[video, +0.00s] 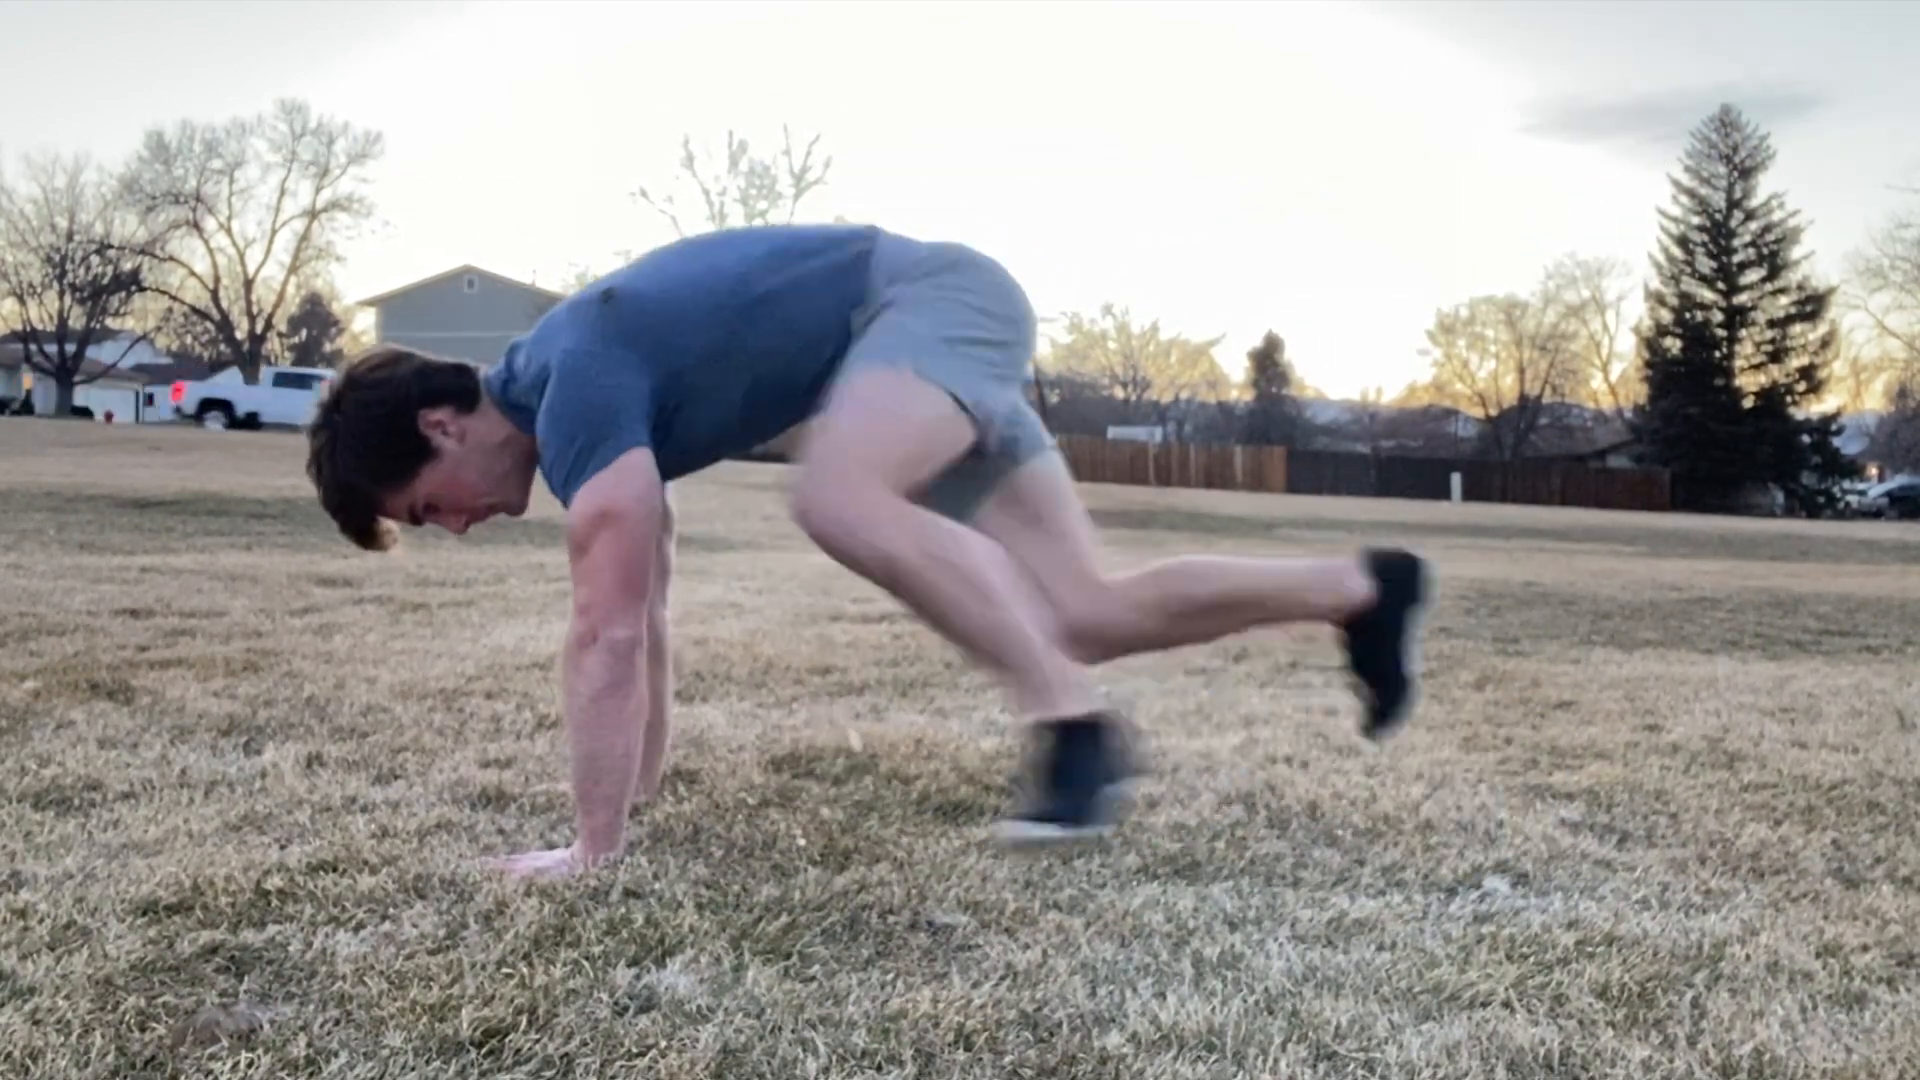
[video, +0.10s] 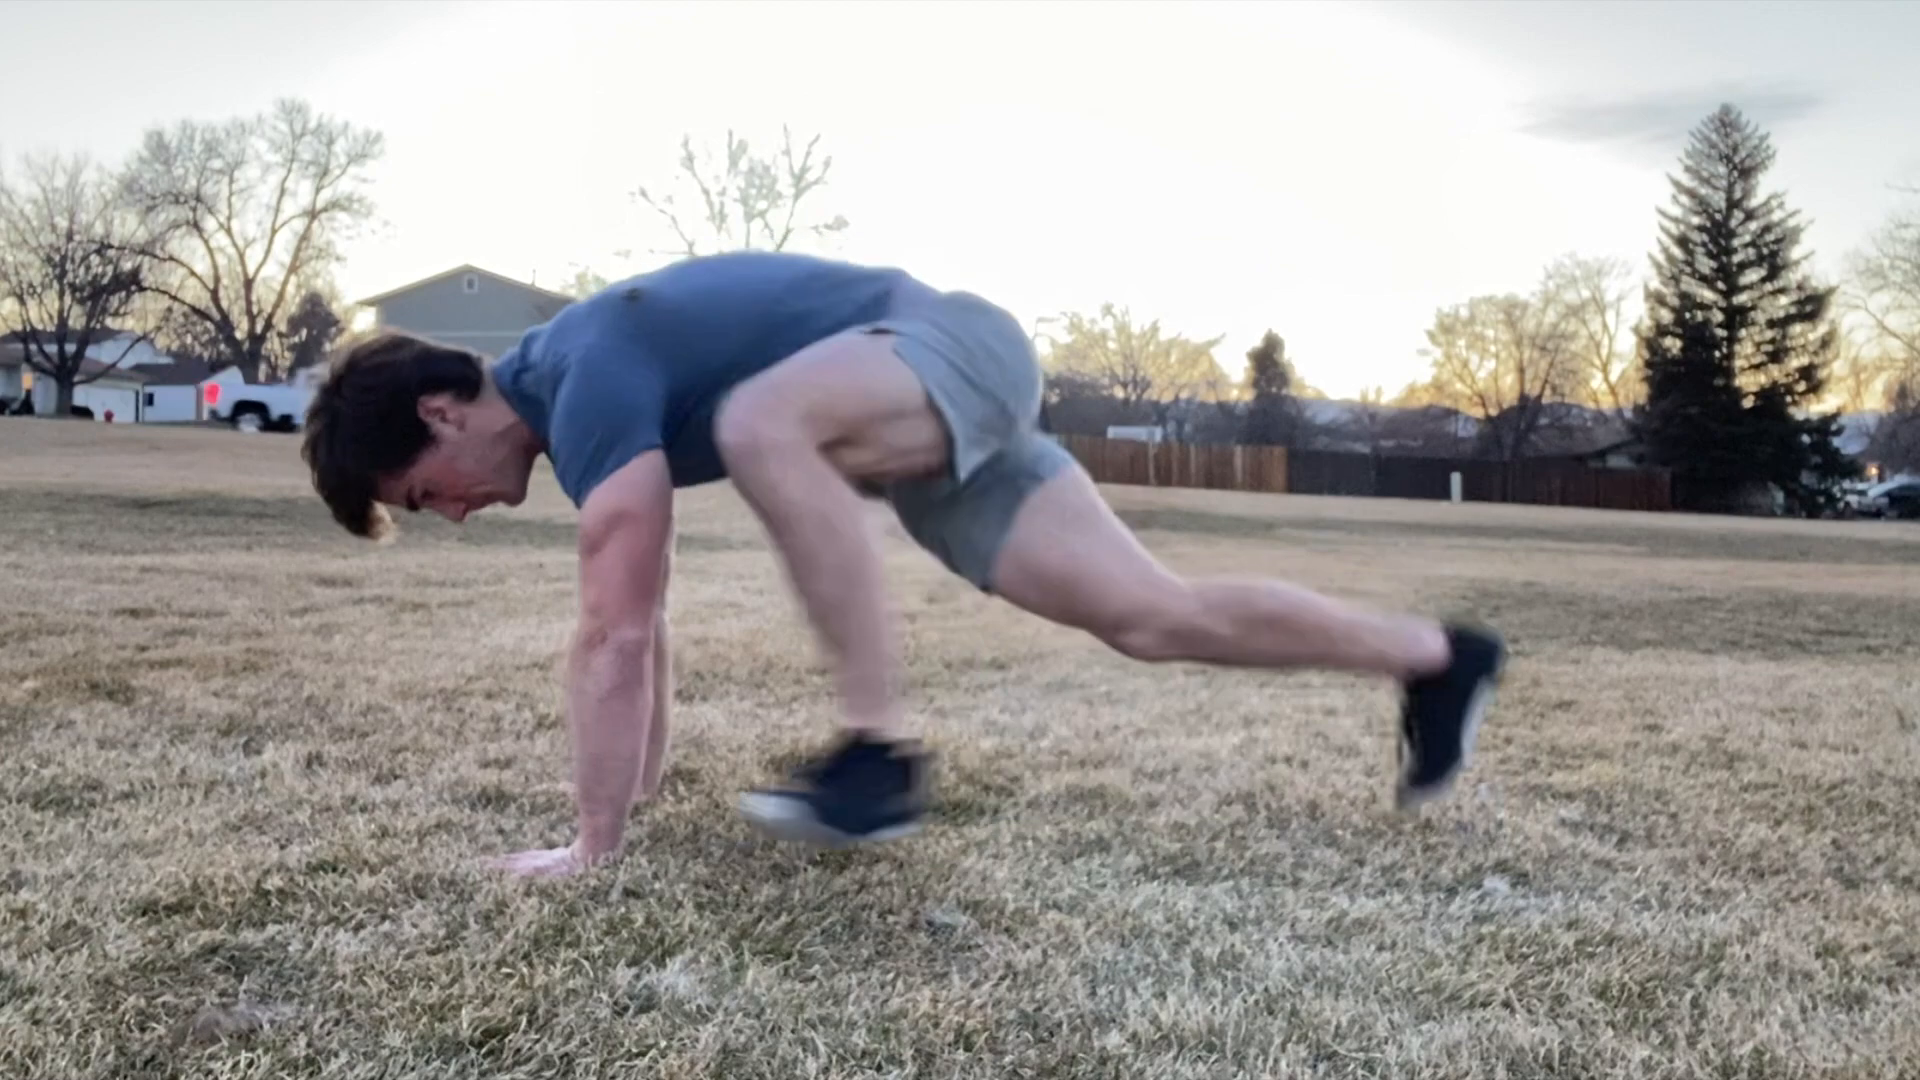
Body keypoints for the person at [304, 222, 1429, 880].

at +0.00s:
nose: (453, 528)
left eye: (427, 509)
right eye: (425, 523)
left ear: (440, 432)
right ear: (447, 426)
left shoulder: (578, 372)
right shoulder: (573, 387)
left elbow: (610, 628)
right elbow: (635, 607)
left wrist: (590, 843)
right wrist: (644, 777)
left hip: (935, 296)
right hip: (928, 348)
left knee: (838, 494)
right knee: (1080, 610)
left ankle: (1073, 720)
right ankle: (1362, 589)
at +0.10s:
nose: (447, 513)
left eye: (423, 489)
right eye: (420, 507)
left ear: (443, 411)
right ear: (447, 420)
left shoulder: (596, 367)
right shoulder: (574, 398)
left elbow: (618, 633)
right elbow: (626, 624)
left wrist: (592, 846)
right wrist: (615, 798)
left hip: (949, 343)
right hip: (928, 433)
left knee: (764, 430)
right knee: (1148, 612)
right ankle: (1437, 658)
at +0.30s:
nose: (477, 504)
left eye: (452, 481)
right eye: (451, 496)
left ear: (476, 406)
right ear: (483, 408)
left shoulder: (629, 370)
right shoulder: (610, 416)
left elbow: (632, 622)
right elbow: (637, 639)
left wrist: (581, 838)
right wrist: (606, 833)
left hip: (975, 421)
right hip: (967, 504)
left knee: (732, 461)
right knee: (1167, 687)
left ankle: (790, 809)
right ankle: (1479, 757)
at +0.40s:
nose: (462, 522)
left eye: (438, 500)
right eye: (437, 516)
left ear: (454, 425)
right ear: (459, 428)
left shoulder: (601, 366)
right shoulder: (586, 400)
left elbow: (622, 638)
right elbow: (631, 631)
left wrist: (593, 849)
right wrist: (616, 803)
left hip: (955, 334)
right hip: (961, 386)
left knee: (763, 456)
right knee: (1140, 607)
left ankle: (942, 765)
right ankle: (1422, 727)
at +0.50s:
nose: (465, 533)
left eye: (437, 514)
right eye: (439, 528)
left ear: (444, 438)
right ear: (457, 426)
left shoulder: (576, 376)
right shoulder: (579, 383)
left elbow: (612, 628)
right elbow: (638, 602)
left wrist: (592, 846)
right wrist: (650, 760)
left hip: (922, 272)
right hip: (954, 283)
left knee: (882, 575)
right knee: (992, 570)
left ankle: (1206, 641)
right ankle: (1285, 657)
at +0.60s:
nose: (462, 530)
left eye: (430, 513)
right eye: (431, 526)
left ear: (439, 439)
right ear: (449, 425)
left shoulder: (565, 375)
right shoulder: (592, 382)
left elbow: (603, 625)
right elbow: (641, 609)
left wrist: (591, 844)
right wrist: (639, 787)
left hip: (926, 303)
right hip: (892, 330)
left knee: (1074, 633)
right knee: (861, 530)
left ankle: (1398, 588)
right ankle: (1084, 664)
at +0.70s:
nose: (441, 509)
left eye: (416, 486)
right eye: (415, 503)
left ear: (433, 406)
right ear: (445, 404)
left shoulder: (557, 378)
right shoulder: (590, 371)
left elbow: (609, 611)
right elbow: (648, 622)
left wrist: (600, 840)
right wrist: (637, 798)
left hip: (927, 408)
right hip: (904, 400)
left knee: (1184, 651)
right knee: (756, 462)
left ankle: (1513, 690)